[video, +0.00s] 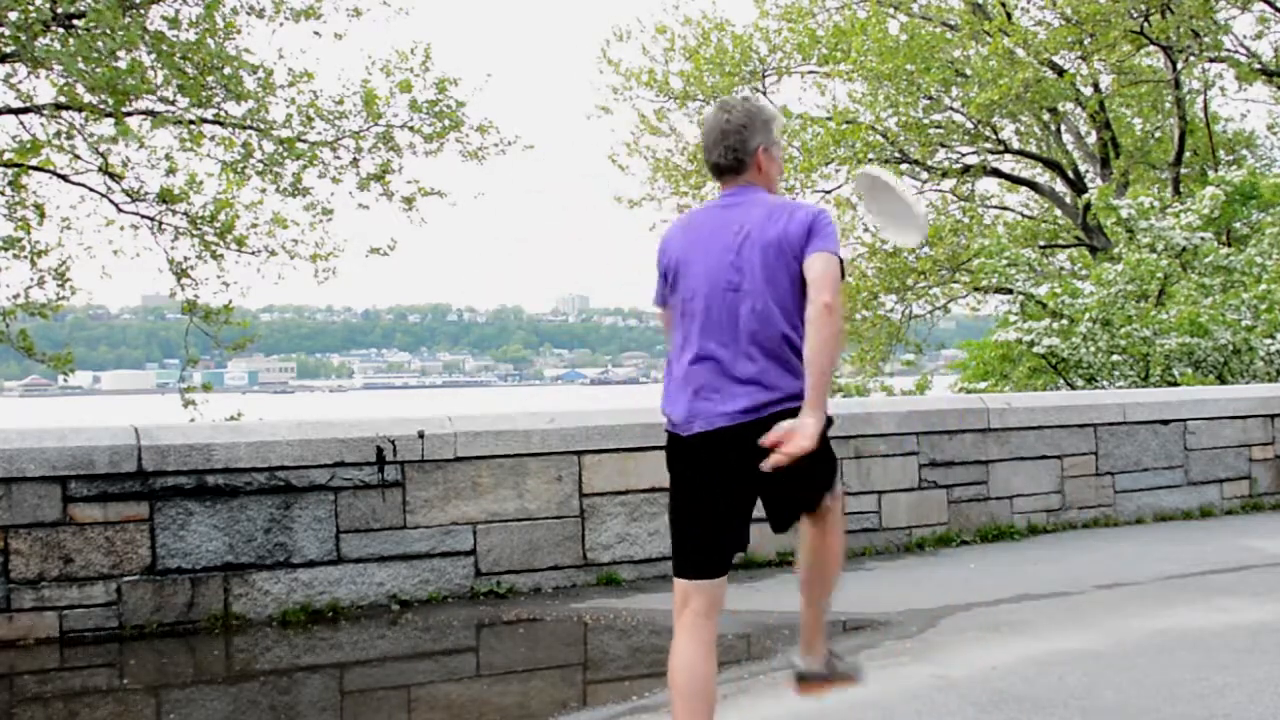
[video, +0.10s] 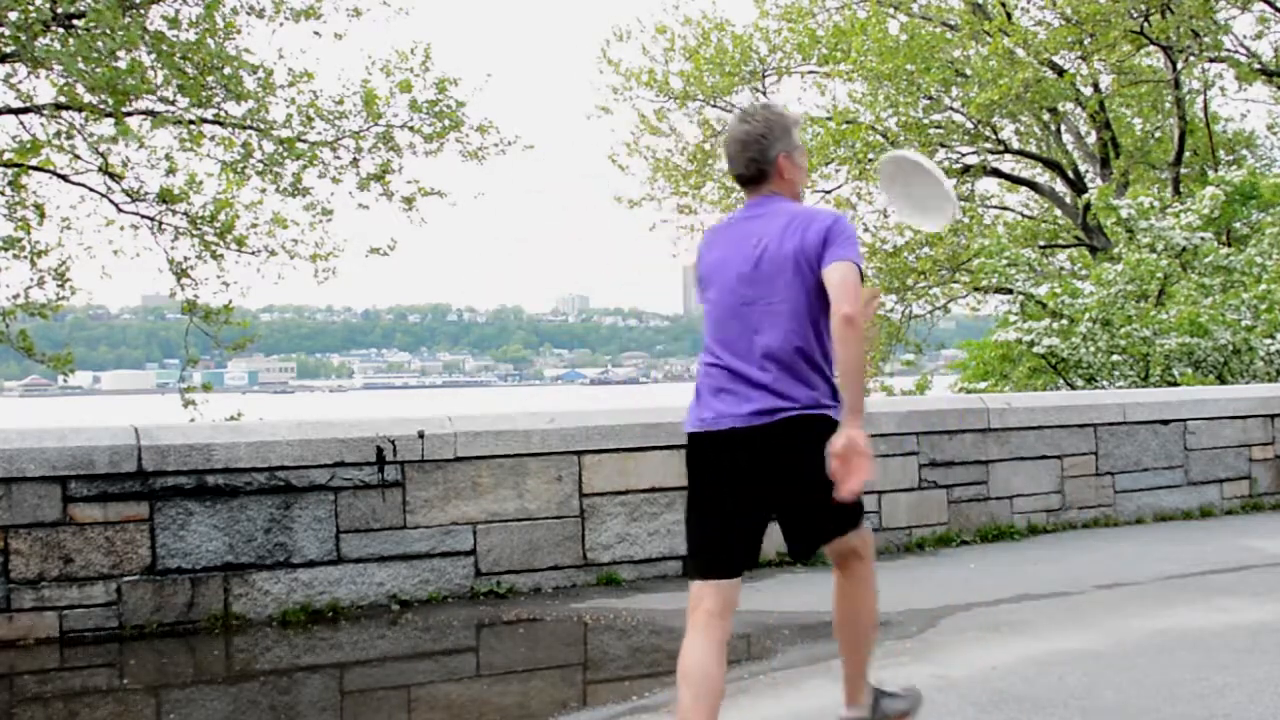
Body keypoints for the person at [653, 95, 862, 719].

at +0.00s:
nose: (782, 159)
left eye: (777, 149)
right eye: (778, 149)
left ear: (713, 164)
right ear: (763, 156)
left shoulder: (677, 235)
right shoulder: (803, 219)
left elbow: (675, 334)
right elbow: (824, 301)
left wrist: (702, 411)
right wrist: (813, 413)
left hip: (695, 435)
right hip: (778, 424)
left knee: (694, 607)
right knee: (822, 506)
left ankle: (689, 716)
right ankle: (814, 656)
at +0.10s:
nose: (806, 163)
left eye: (802, 152)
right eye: (801, 153)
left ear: (738, 173)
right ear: (785, 163)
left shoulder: (713, 240)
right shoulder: (825, 226)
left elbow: (728, 311)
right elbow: (848, 312)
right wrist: (853, 422)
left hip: (716, 441)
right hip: (800, 433)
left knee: (708, 608)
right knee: (851, 555)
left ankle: (693, 717)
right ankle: (858, 700)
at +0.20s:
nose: (841, 174)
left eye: (836, 164)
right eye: (837, 165)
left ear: (780, 182)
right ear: (822, 173)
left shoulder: (763, 246)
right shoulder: (851, 230)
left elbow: (816, 326)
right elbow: (863, 321)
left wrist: (900, 287)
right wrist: (893, 418)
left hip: (751, 440)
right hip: (829, 438)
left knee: (733, 591)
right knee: (885, 578)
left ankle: (691, 715)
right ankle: (882, 712)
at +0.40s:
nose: (928, 188)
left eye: (926, 177)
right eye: (922, 177)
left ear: (880, 191)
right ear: (897, 187)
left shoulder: (857, 254)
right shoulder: (894, 246)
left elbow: (902, 367)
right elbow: (856, 335)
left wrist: (970, 331)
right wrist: (926, 403)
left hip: (832, 441)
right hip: (876, 440)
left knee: (875, 588)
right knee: (946, 579)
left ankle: (774, 684)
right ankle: (896, 712)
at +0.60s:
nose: (970, 185)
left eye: (968, 173)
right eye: (962, 173)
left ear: (932, 182)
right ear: (931, 182)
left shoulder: (944, 256)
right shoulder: (903, 249)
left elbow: (986, 328)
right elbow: (857, 344)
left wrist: (1051, 307)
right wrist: (920, 420)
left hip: (920, 437)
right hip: (893, 438)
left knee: (964, 570)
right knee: (962, 575)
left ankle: (971, 693)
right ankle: (897, 710)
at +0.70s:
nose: (970, 173)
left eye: (967, 162)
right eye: (961, 163)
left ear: (934, 177)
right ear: (928, 177)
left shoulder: (964, 239)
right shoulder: (899, 253)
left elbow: (1027, 271)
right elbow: (863, 350)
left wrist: (1085, 234)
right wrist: (921, 429)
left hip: (952, 429)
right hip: (915, 435)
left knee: (977, 569)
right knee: (981, 570)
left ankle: (970, 695)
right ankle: (900, 707)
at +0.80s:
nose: (965, 158)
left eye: (960, 148)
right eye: (954, 150)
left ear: (928, 168)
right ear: (925, 168)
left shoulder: (968, 220)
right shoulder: (906, 245)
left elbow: (1042, 208)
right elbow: (871, 348)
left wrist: (1088, 155)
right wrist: (925, 432)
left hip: (972, 418)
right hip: (934, 425)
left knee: (986, 566)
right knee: (980, 567)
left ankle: (970, 694)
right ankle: (905, 704)